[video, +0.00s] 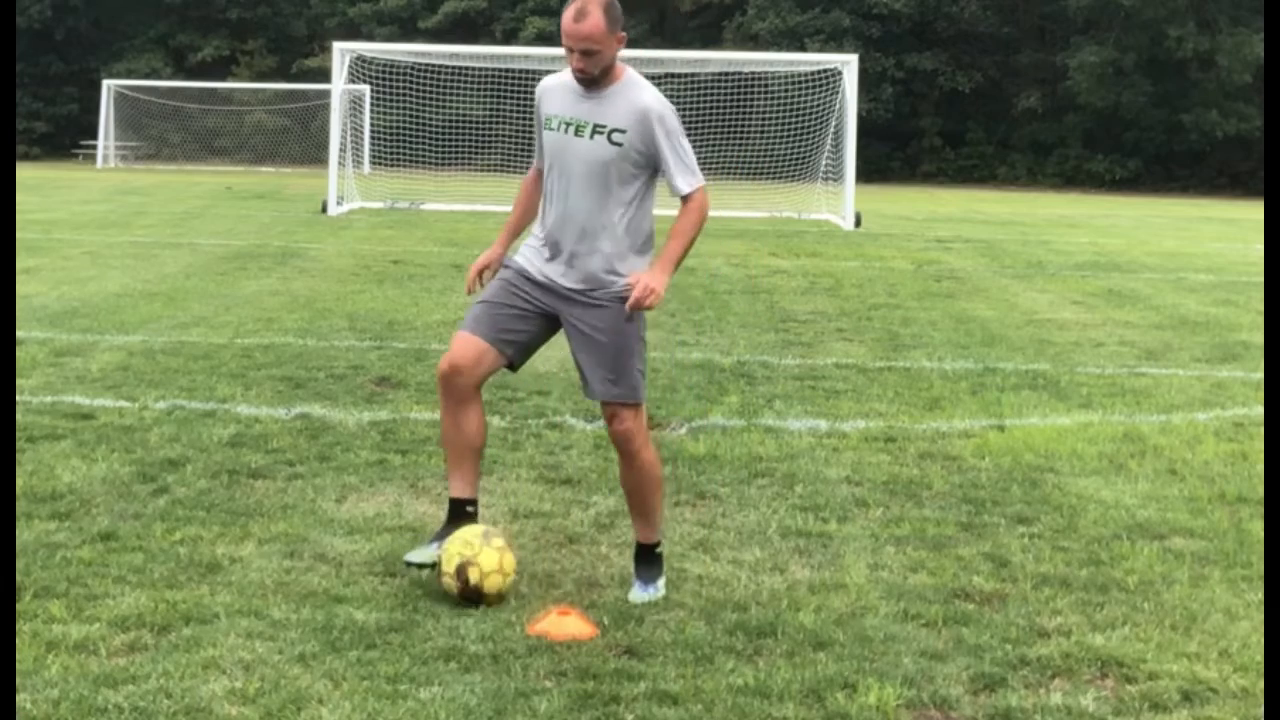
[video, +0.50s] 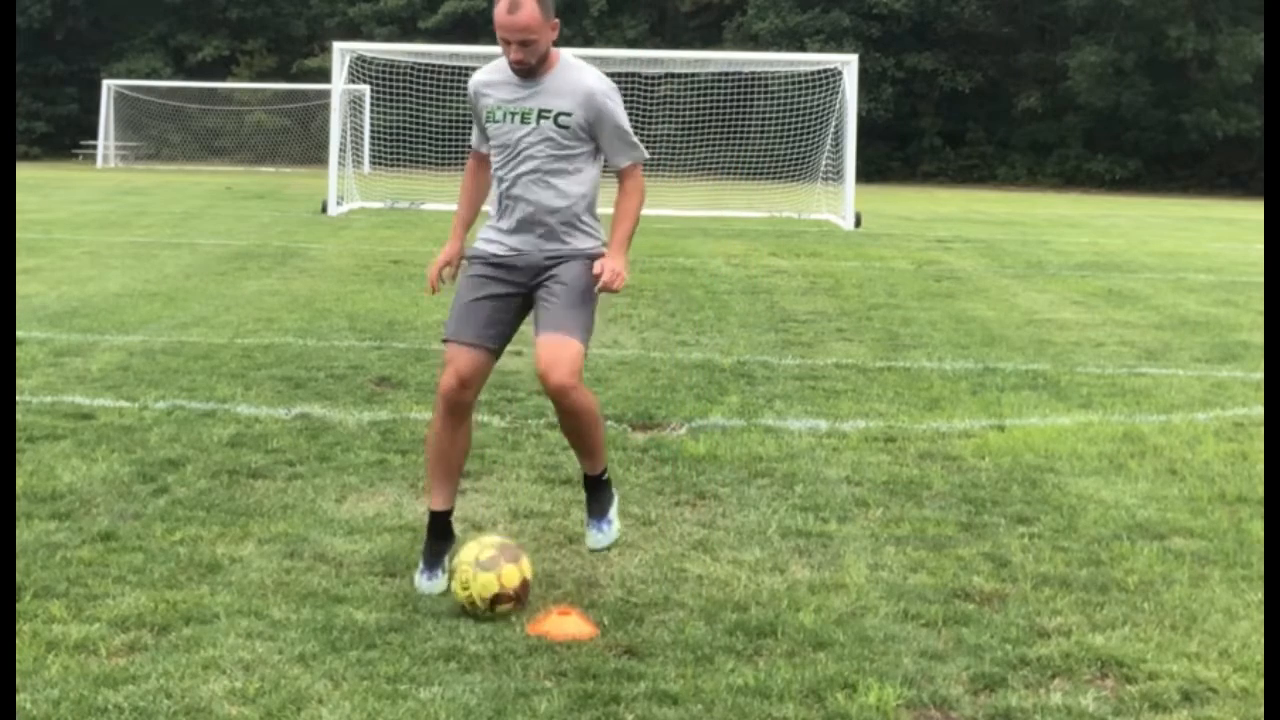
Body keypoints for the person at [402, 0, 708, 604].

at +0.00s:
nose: (578, 63)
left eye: (590, 53)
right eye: (570, 51)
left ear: (620, 43)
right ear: (561, 38)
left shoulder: (649, 108)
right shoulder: (551, 91)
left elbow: (697, 199)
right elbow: (541, 175)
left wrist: (661, 269)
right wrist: (502, 245)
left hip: (608, 288)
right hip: (536, 271)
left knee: (625, 427)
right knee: (456, 373)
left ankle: (648, 562)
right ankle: (461, 527)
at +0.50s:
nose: (514, 53)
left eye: (525, 43)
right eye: (504, 41)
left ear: (555, 29)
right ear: (495, 29)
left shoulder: (592, 90)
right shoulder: (485, 84)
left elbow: (631, 172)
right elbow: (480, 160)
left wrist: (617, 250)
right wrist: (457, 238)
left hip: (571, 255)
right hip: (498, 251)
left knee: (559, 379)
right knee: (455, 385)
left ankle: (598, 490)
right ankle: (438, 532)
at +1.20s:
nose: (457, 61)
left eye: (467, 49)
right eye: (447, 50)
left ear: (492, 35)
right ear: (434, 43)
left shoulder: (536, 93)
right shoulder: (427, 104)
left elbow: (582, 174)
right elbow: (413, 191)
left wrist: (580, 253)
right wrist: (388, 272)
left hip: (526, 259)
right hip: (453, 272)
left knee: (518, 354)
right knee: (432, 410)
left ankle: (520, 506)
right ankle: (444, 553)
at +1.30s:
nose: (454, 50)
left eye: (465, 38)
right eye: (444, 39)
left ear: (491, 24)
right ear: (432, 30)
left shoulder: (536, 82)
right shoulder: (423, 94)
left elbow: (580, 163)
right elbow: (408, 181)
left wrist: (575, 239)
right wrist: (383, 260)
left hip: (524, 250)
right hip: (451, 262)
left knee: (517, 350)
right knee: (437, 404)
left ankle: (514, 493)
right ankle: (443, 550)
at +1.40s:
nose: (453, 41)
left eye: (464, 29)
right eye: (442, 30)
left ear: (490, 15)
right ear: (431, 21)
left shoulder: (534, 72)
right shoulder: (420, 86)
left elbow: (577, 152)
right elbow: (405, 171)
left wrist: (572, 227)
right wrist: (378, 253)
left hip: (523, 241)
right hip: (449, 252)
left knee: (514, 348)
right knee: (437, 395)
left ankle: (505, 482)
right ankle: (438, 546)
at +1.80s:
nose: (448, 44)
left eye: (459, 32)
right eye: (436, 33)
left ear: (483, 17)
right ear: (422, 23)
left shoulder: (527, 72)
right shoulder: (409, 91)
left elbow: (566, 147)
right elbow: (378, 175)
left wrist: (570, 223)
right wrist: (343, 253)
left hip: (517, 247)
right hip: (443, 253)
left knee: (499, 364)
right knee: (428, 394)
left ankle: (466, 483)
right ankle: (423, 531)